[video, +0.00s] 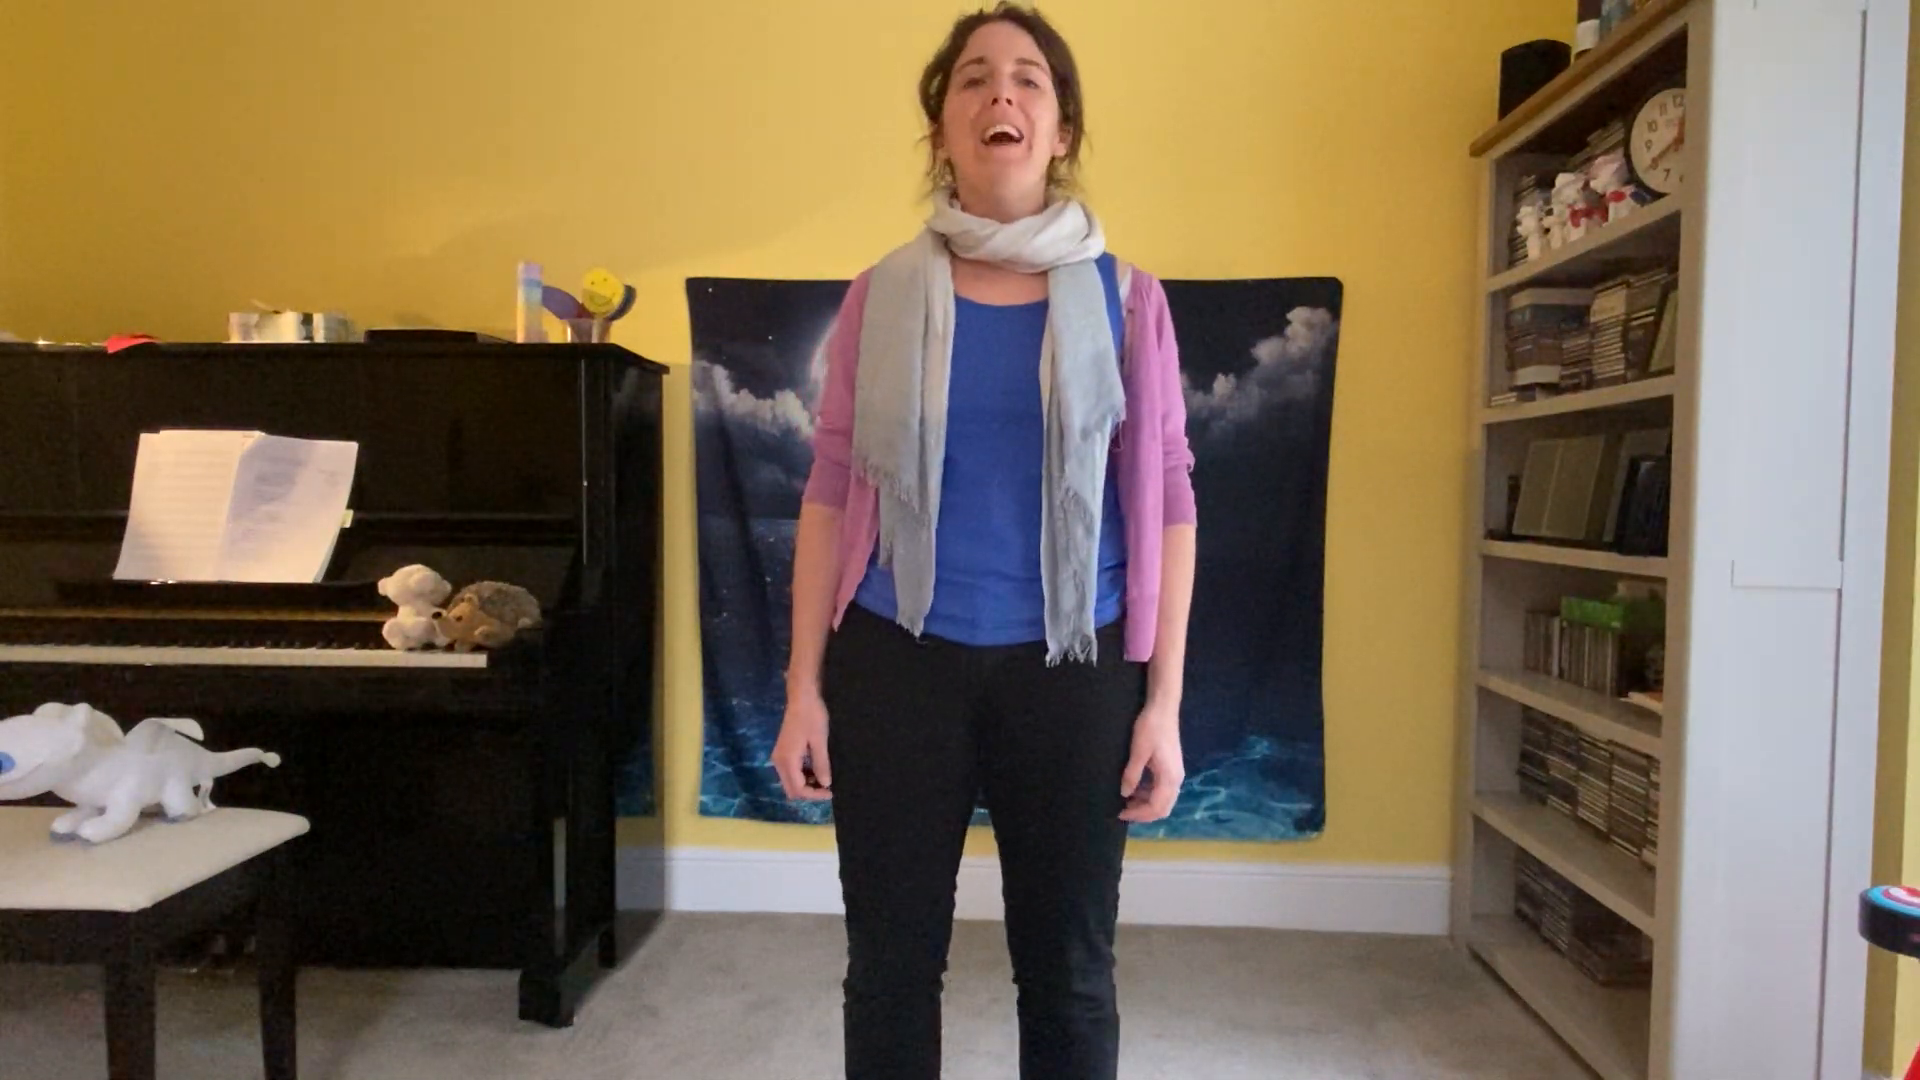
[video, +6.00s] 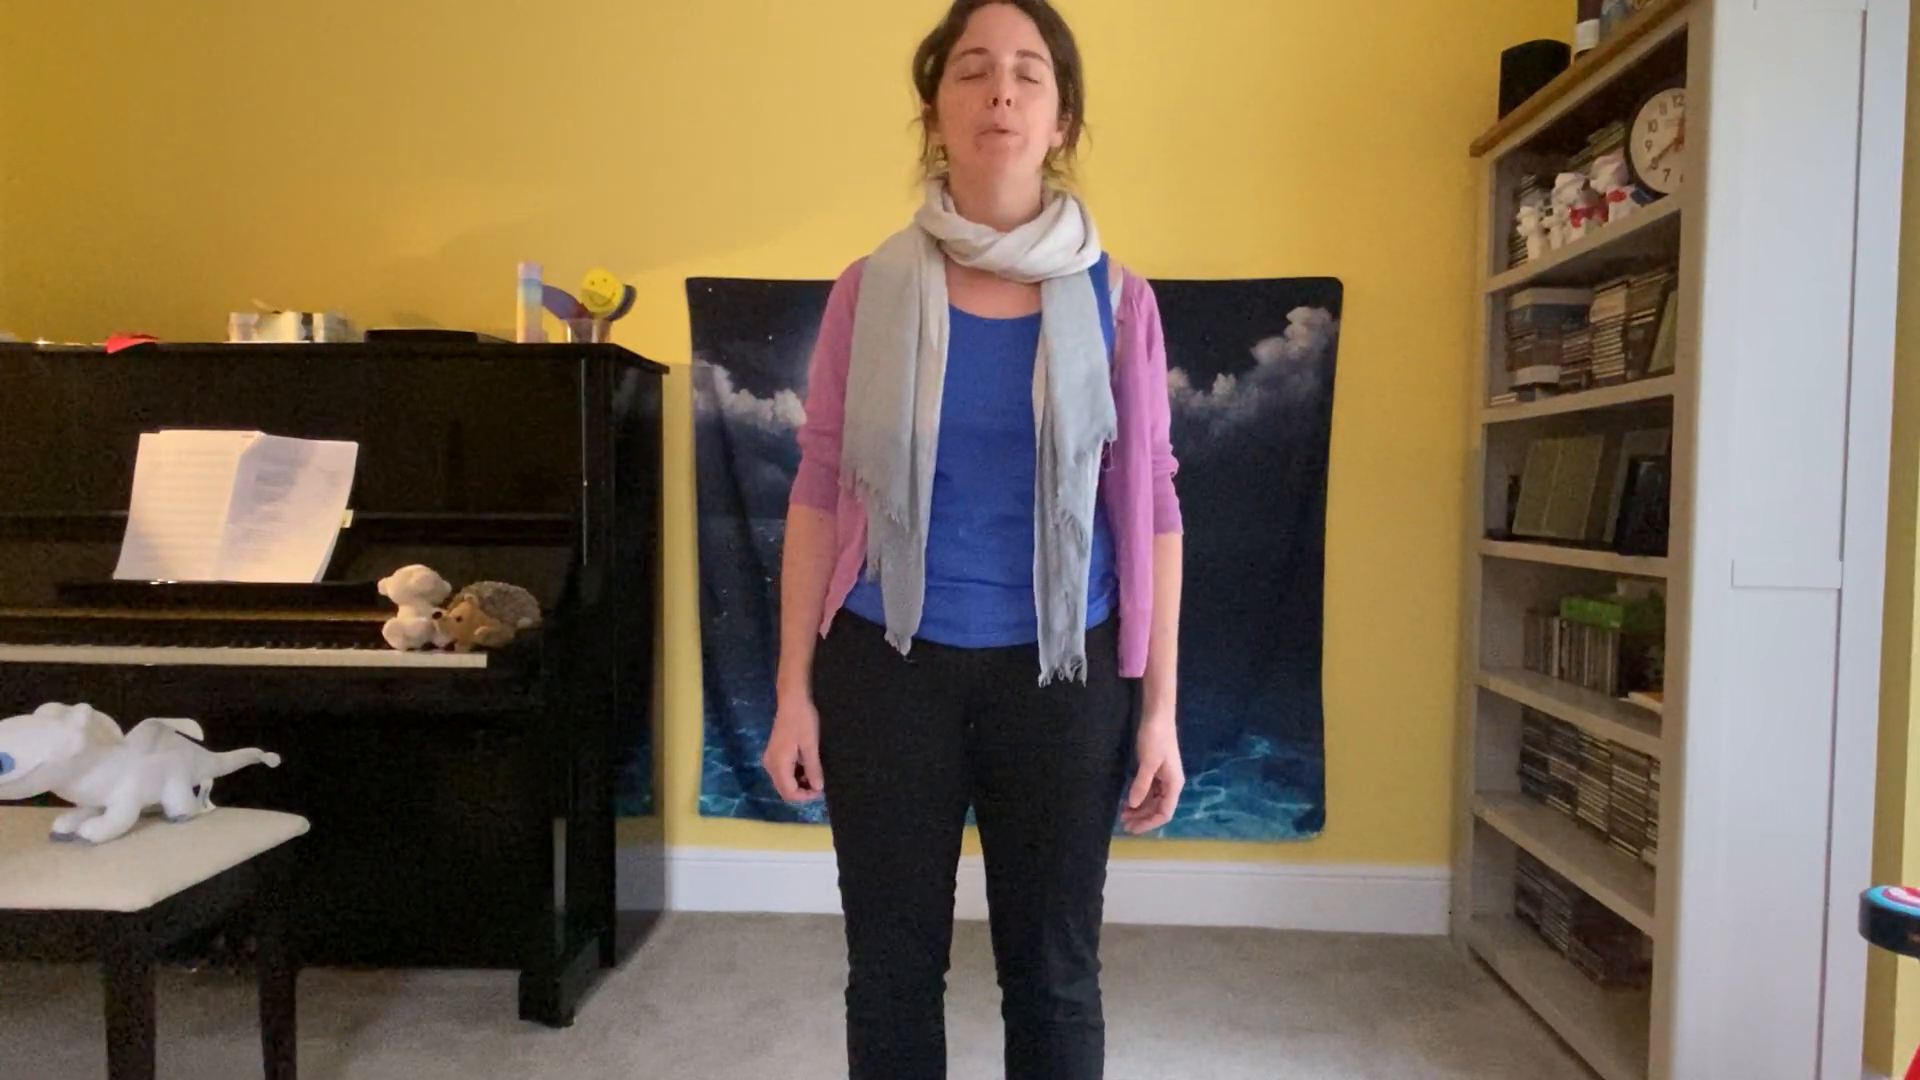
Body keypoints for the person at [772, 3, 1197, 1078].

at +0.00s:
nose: (1002, 94)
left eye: (1027, 80)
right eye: (976, 79)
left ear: (1064, 129)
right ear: (940, 129)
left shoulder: (1128, 303)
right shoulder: (880, 297)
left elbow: (1168, 506)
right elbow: (829, 494)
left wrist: (1163, 698)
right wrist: (802, 683)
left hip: (1072, 684)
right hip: (893, 678)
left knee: (1071, 982)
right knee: (890, 978)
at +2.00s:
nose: (998, 88)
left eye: (1024, 74)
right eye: (972, 70)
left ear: (1058, 121)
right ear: (930, 114)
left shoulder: (1115, 300)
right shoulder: (865, 293)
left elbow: (1153, 504)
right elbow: (815, 494)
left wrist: (1151, 694)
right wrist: (794, 688)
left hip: (1061, 679)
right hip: (885, 674)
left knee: (1057, 984)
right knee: (891, 979)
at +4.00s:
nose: (989, 76)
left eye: (1016, 60)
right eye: (961, 59)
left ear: (1055, 106)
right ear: (924, 108)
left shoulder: (1117, 295)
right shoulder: (865, 290)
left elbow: (1154, 502)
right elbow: (819, 492)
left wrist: (1151, 697)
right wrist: (797, 683)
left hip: (1062, 678)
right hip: (888, 672)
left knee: (1058, 983)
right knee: (893, 982)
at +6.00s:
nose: (999, 90)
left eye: (1026, 73)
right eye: (973, 69)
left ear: (1063, 117)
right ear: (933, 110)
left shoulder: (1118, 302)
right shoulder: (867, 292)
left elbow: (1151, 507)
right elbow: (817, 491)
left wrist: (1158, 700)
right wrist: (791, 688)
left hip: (1062, 682)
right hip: (884, 676)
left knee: (1055, 985)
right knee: (891, 982)